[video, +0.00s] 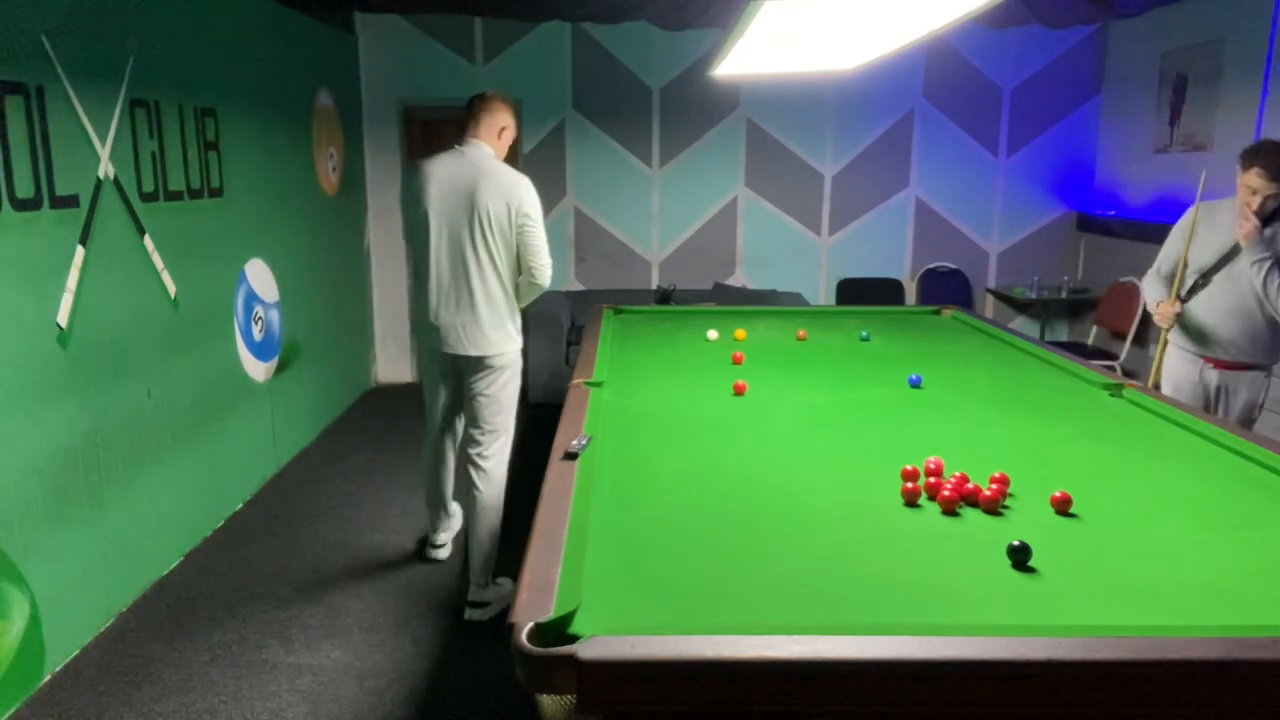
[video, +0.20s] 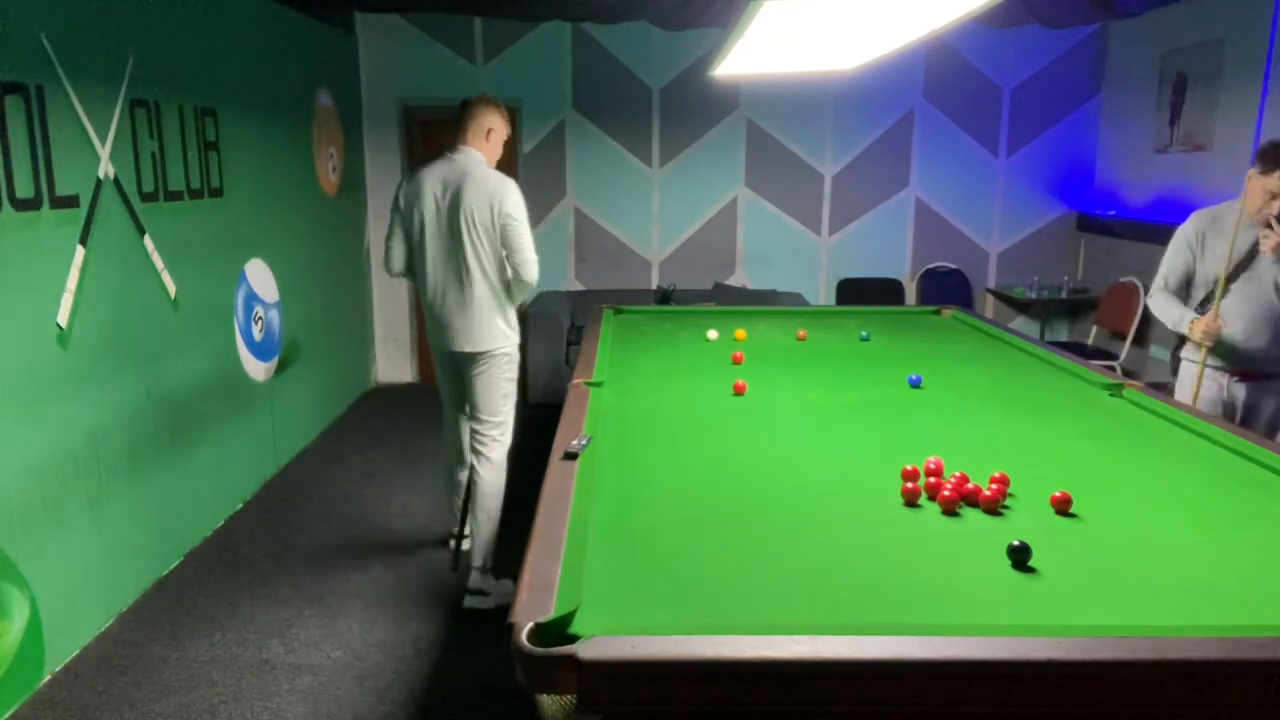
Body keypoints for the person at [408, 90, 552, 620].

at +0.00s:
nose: (509, 146)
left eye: (509, 138)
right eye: (511, 138)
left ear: (466, 125)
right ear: (503, 132)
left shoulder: (422, 173)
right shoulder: (515, 185)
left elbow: (416, 247)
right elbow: (539, 275)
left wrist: (440, 292)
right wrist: (503, 304)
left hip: (432, 332)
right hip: (492, 337)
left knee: (440, 433)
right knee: (488, 458)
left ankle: (439, 534)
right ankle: (480, 590)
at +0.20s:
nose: (503, 149)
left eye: (504, 141)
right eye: (503, 141)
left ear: (461, 131)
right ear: (491, 135)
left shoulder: (415, 183)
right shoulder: (501, 189)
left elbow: (396, 262)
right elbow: (527, 274)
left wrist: (441, 272)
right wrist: (508, 298)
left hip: (443, 335)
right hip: (491, 335)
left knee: (455, 427)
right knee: (489, 446)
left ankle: (460, 529)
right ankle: (479, 576)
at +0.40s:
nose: (486, 135)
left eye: (484, 128)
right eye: (484, 129)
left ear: (443, 127)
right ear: (472, 127)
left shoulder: (409, 181)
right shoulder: (492, 178)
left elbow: (385, 254)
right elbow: (513, 256)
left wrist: (430, 276)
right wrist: (512, 288)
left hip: (439, 324)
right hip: (486, 322)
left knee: (453, 420)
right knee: (512, 416)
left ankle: (459, 523)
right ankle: (483, 529)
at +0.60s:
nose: (478, 138)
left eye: (475, 131)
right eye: (477, 131)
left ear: (439, 131)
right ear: (469, 129)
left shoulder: (407, 180)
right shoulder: (492, 176)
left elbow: (391, 256)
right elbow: (515, 253)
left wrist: (434, 267)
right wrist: (520, 277)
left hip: (439, 320)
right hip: (491, 314)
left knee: (452, 413)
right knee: (516, 402)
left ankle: (461, 525)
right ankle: (498, 510)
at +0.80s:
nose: (480, 137)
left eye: (476, 130)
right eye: (479, 130)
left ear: (442, 132)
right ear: (475, 130)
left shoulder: (416, 181)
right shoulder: (501, 177)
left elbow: (406, 257)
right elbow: (524, 255)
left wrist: (440, 259)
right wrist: (533, 264)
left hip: (446, 313)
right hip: (497, 309)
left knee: (454, 410)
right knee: (512, 401)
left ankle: (462, 522)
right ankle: (523, 490)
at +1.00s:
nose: (494, 142)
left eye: (489, 135)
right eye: (495, 136)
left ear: (461, 135)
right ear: (493, 137)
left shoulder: (433, 181)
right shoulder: (515, 184)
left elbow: (415, 254)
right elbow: (533, 258)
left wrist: (425, 299)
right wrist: (544, 263)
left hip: (454, 310)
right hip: (502, 309)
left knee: (459, 408)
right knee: (510, 394)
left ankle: (463, 518)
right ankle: (517, 471)